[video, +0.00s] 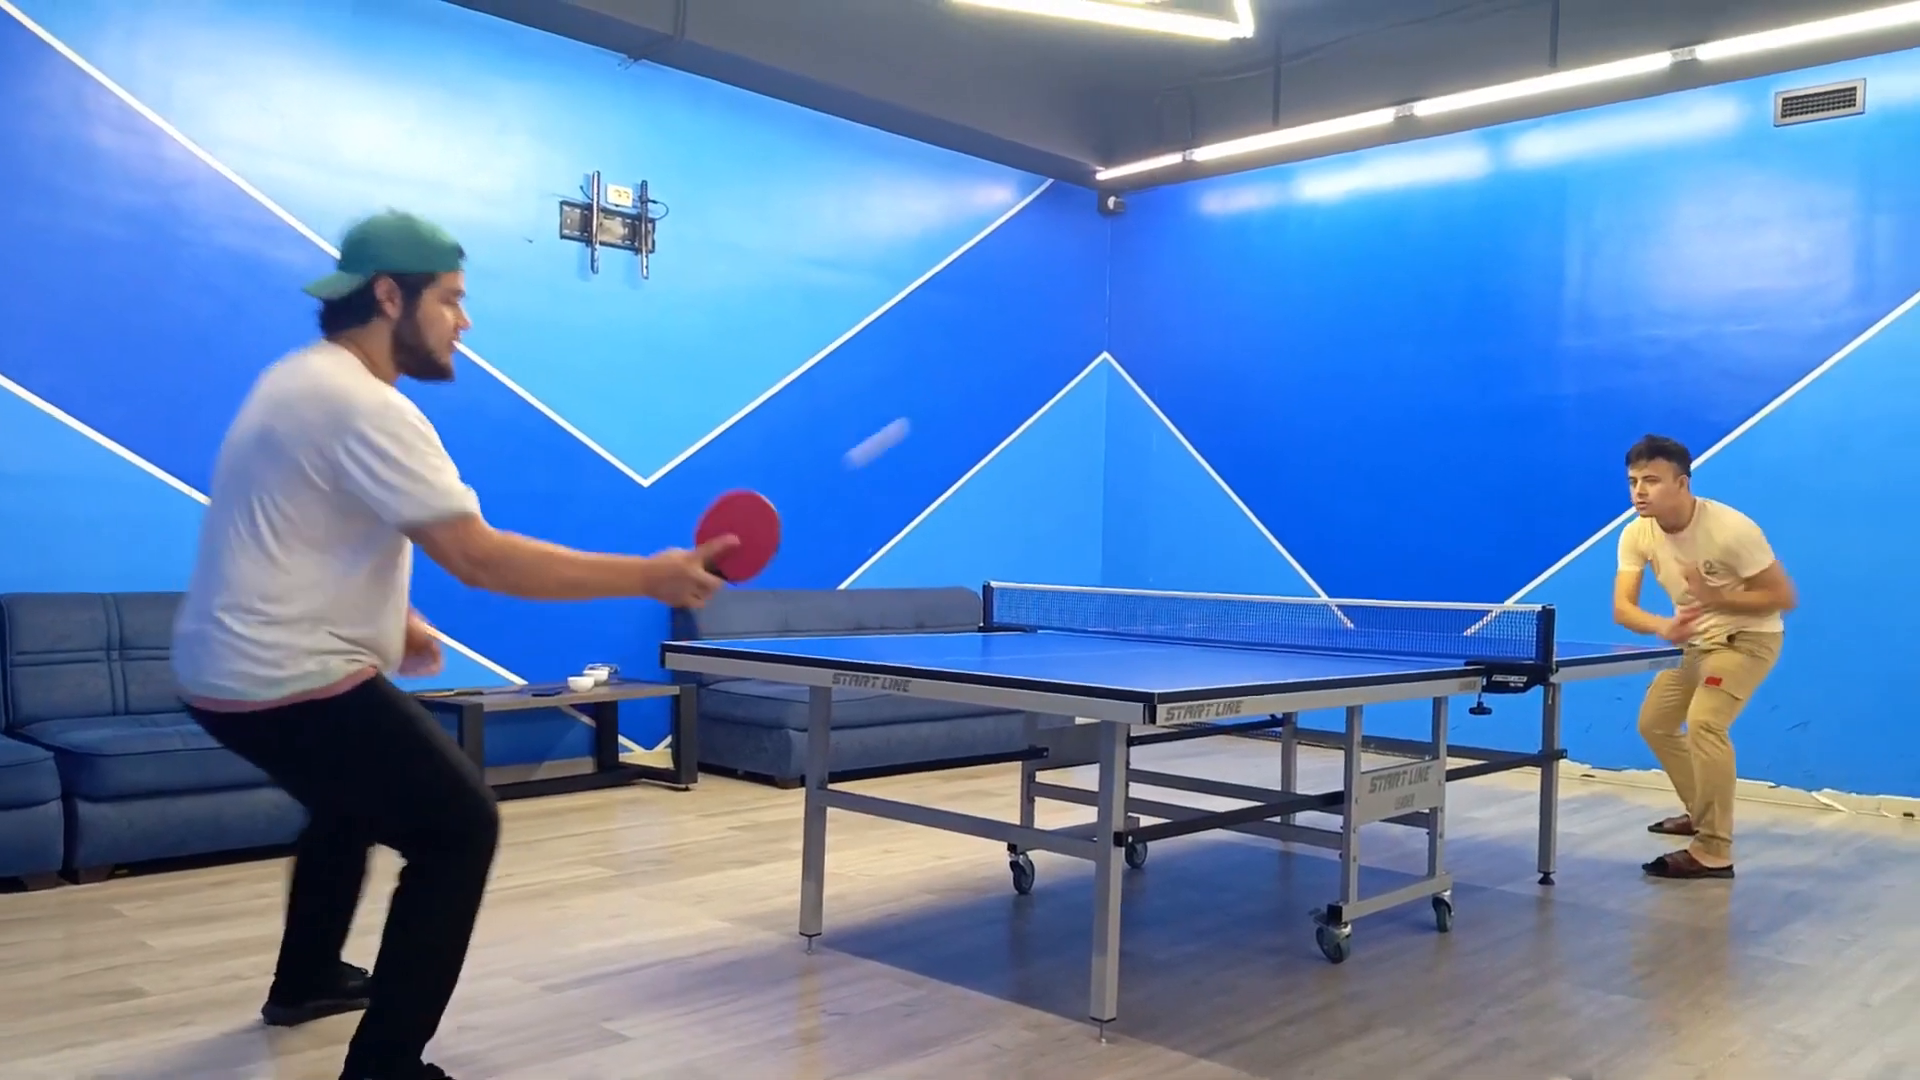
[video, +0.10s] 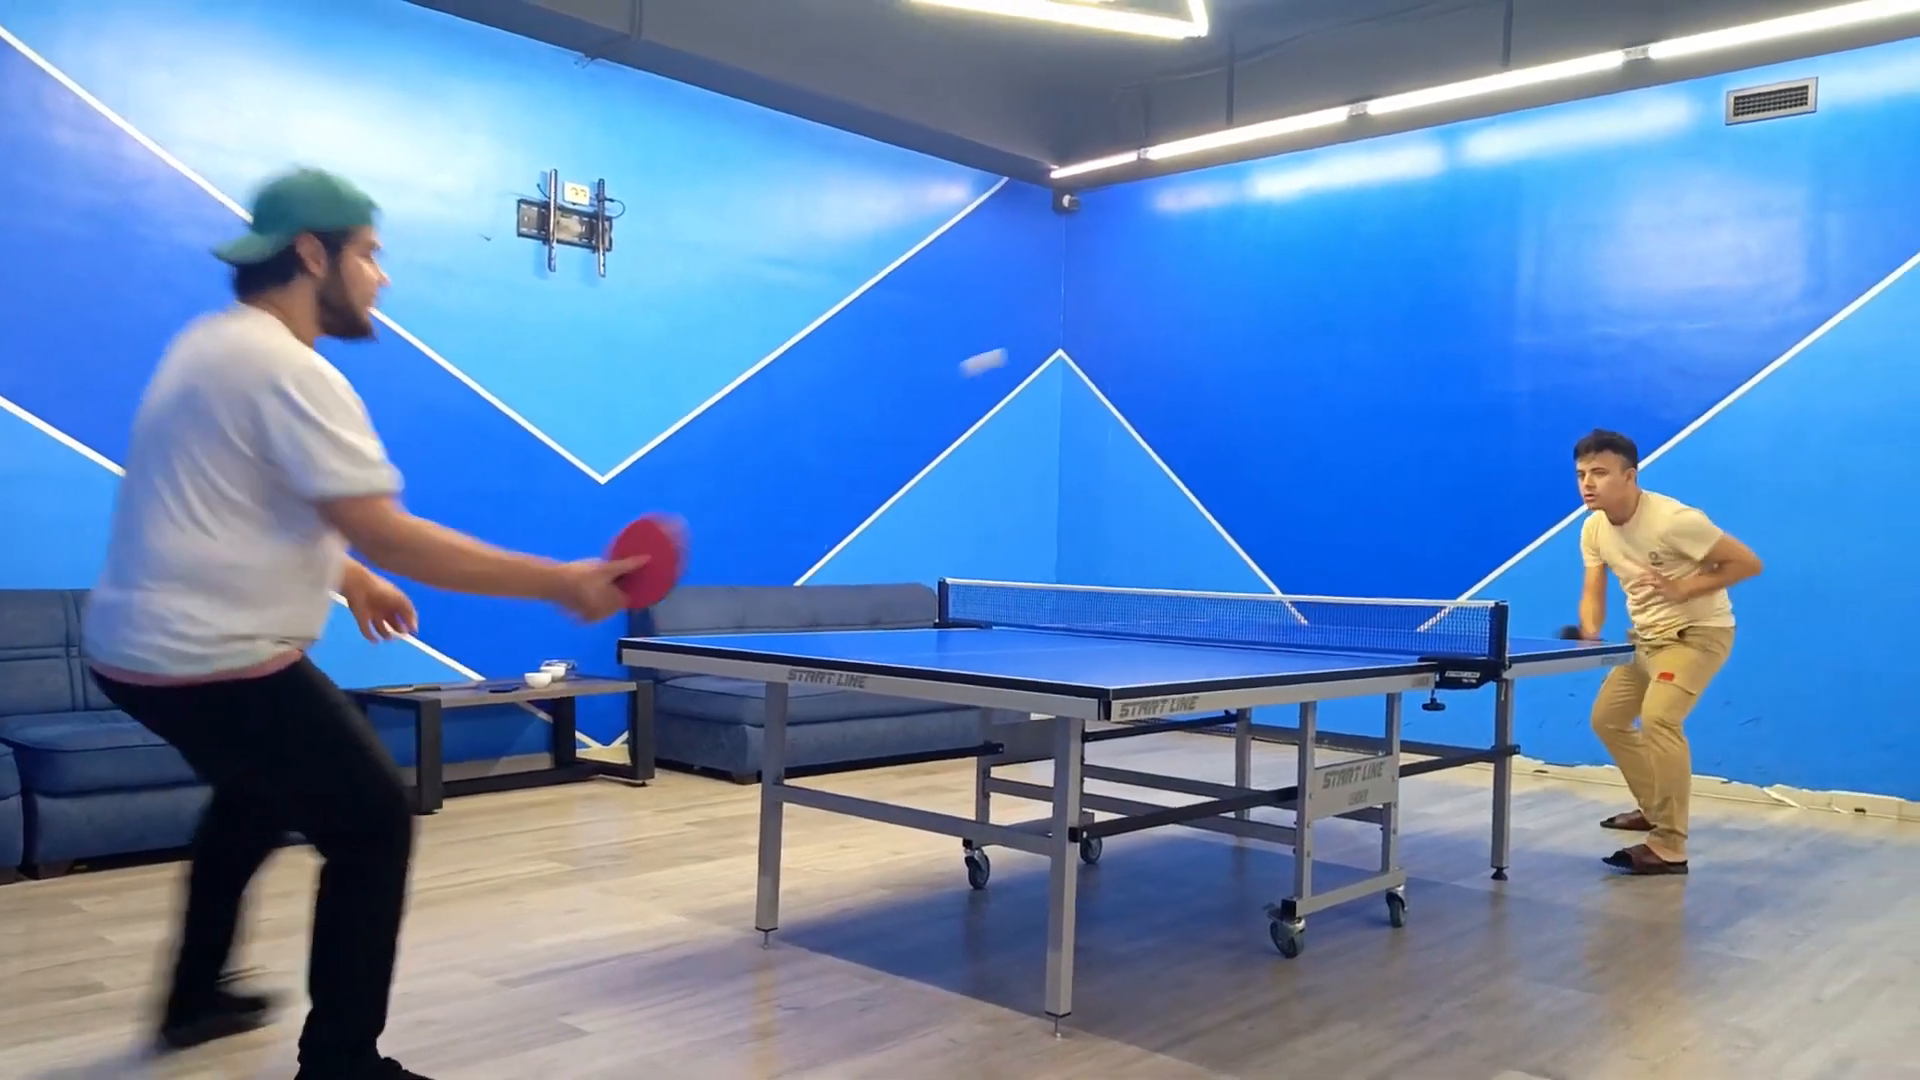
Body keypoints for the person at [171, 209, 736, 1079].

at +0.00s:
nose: (463, 323)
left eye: (461, 304)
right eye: (450, 302)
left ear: (382, 300)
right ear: (388, 298)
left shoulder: (298, 381)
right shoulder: (362, 408)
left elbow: (291, 540)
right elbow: (478, 556)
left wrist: (382, 616)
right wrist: (649, 575)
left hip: (235, 671)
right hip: (296, 677)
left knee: (347, 799)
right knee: (457, 826)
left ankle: (306, 977)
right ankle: (388, 1062)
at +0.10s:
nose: (381, 276)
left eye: (379, 256)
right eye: (370, 255)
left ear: (303, 259)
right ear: (311, 256)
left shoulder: (208, 344)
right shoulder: (291, 375)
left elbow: (244, 503)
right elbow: (388, 534)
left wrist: (351, 578)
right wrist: (562, 581)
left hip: (145, 651)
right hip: (225, 659)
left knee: (259, 789)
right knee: (372, 821)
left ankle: (193, 997)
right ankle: (342, 1054)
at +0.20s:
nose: (287, 239)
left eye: (283, 217)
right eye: (273, 216)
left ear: (207, 220)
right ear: (217, 218)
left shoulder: (115, 316)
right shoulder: (189, 340)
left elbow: (164, 493)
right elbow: (224, 514)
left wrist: (273, 560)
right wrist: (403, 599)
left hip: (65, 637)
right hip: (141, 644)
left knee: (154, 806)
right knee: (274, 818)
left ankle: (9, 1015)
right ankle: (295, 1052)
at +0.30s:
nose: (242, 222)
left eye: (238, 200)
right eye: (228, 200)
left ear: (168, 205)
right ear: (167, 201)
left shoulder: (123, 315)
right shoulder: (118, 317)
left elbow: (164, 518)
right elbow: (110, 499)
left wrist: (286, 601)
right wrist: (265, 607)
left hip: (65, 663)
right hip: (116, 664)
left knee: (39, 869)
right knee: (228, 856)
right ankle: (300, 1052)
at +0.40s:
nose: (197, 221)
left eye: (194, 200)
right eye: (181, 198)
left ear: (117, 201)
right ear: (116, 197)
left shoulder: (84, 314)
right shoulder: (52, 312)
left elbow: (86, 501)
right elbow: (7, 493)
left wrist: (197, 593)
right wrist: (124, 638)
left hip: (64, 675)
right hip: (56, 679)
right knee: (184, 880)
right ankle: (296, 1061)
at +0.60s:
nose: (128, 182)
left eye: (123, 159)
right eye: (110, 157)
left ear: (49, 160)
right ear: (40, 154)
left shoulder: (27, 284)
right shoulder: (11, 278)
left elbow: (16, 467)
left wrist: (36, 627)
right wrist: (15, 631)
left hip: (31, 640)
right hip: (16, 645)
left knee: (100, 845)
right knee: (106, 840)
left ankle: (146, 1057)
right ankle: (147, 1059)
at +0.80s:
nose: (75, 156)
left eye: (68, 131)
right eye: (56, 128)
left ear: (18, 136)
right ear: (1, 136)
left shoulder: (7, 311)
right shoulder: (3, 312)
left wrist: (1, 628)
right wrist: (1, 628)